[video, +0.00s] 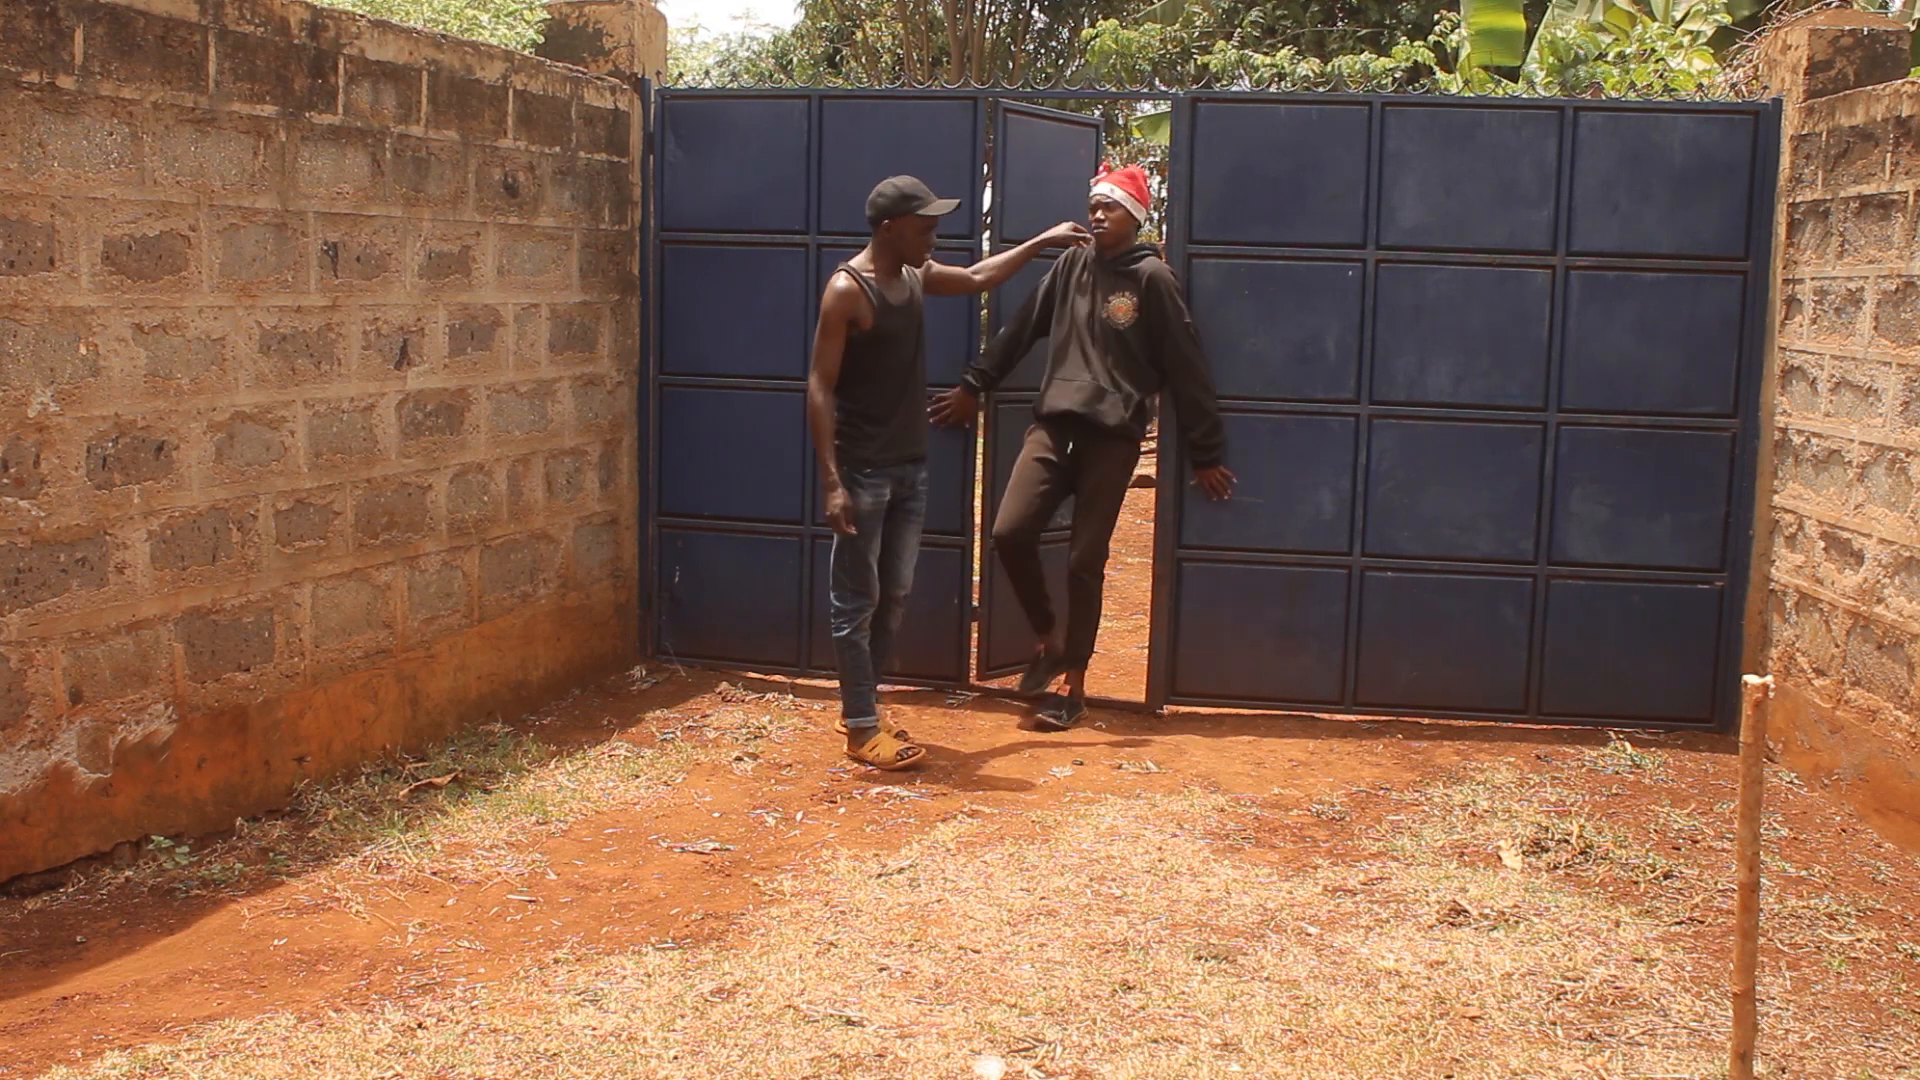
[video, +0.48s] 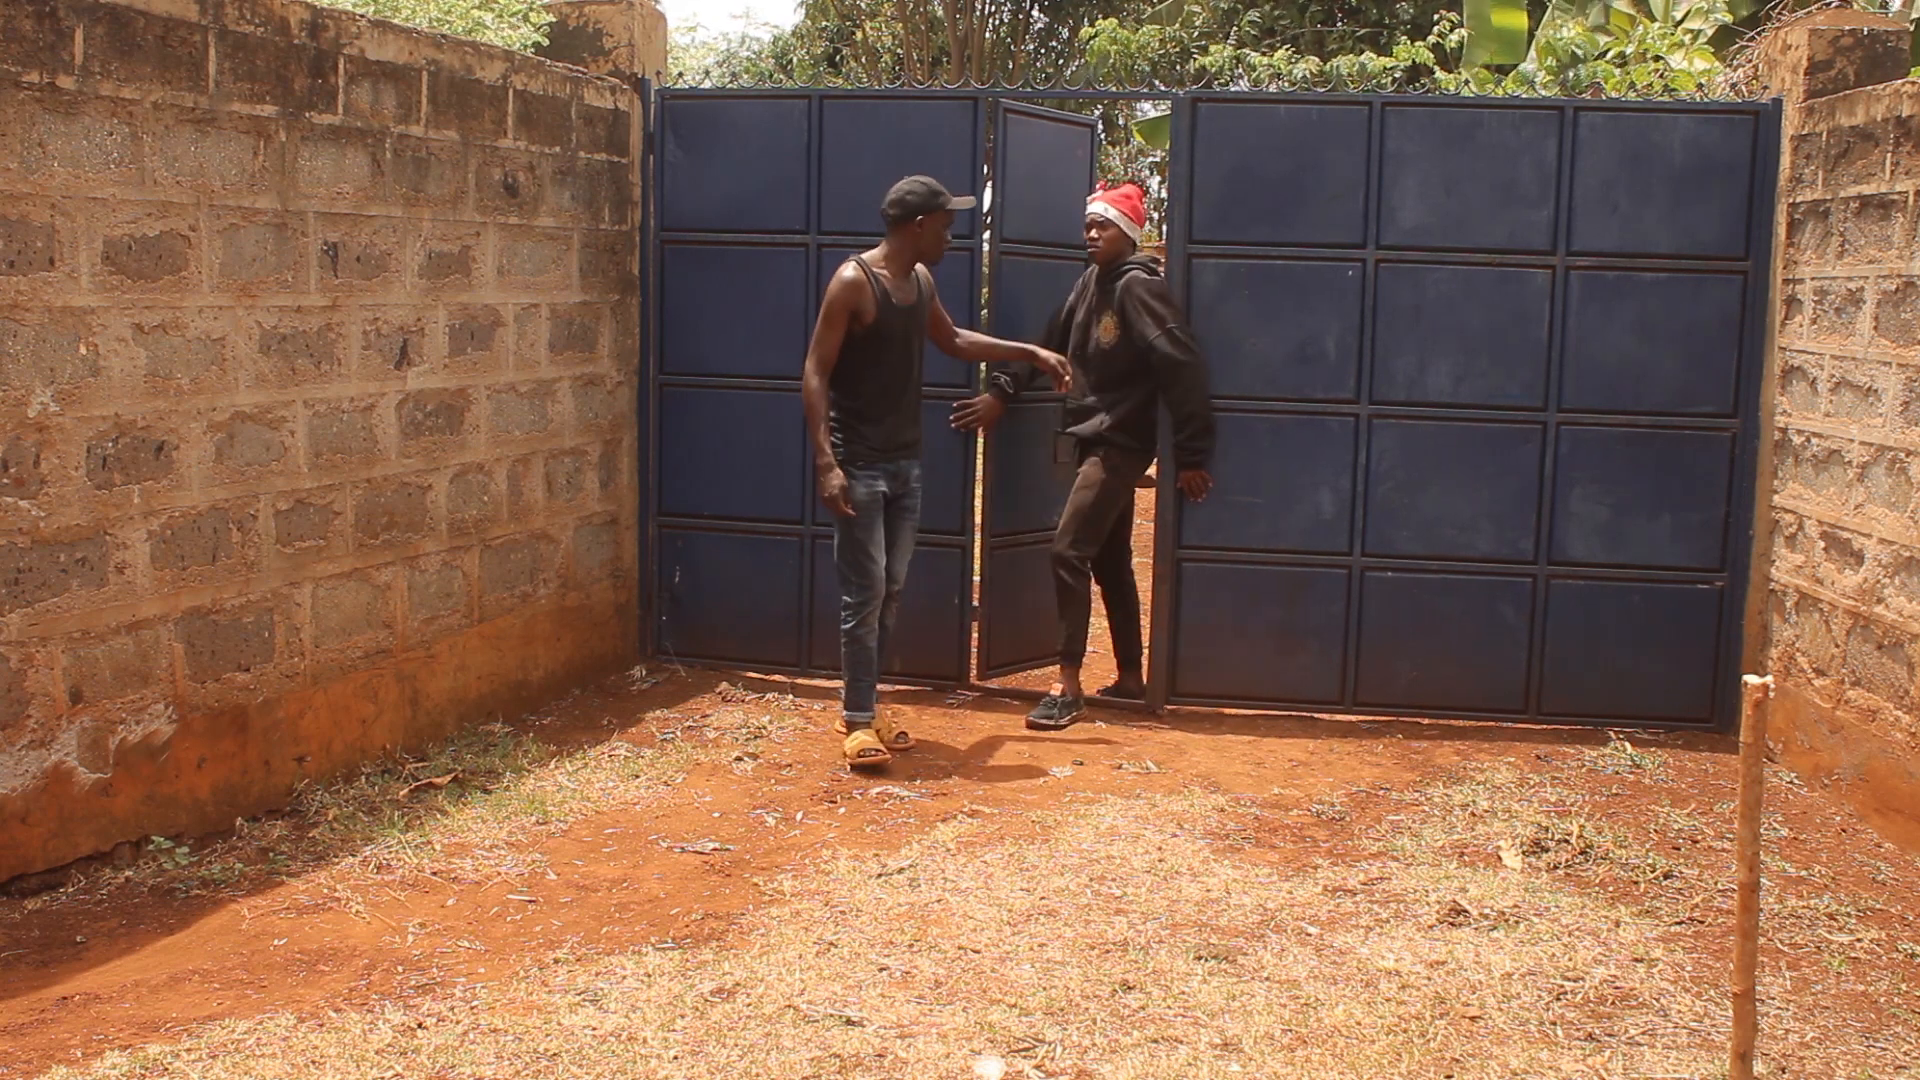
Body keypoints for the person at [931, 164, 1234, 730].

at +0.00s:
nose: (1097, 217)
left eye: (1111, 209)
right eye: (1095, 206)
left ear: (1138, 218)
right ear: (1088, 211)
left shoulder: (1151, 277)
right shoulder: (1070, 263)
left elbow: (1187, 368)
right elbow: (1021, 329)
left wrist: (1205, 454)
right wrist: (973, 385)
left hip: (1112, 433)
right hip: (1053, 424)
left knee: (1085, 559)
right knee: (1009, 534)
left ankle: (1073, 690)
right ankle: (1050, 641)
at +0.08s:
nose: (1101, 217)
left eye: (1113, 211)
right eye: (1098, 208)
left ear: (1139, 221)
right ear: (1092, 214)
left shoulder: (1150, 279)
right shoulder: (1073, 267)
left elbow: (1190, 367)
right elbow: (1022, 331)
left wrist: (1205, 452)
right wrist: (976, 387)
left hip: (1116, 434)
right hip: (1059, 424)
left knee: (1087, 557)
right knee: (1008, 525)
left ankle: (1072, 692)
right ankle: (1065, 605)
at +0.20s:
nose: (1101, 219)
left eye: (1113, 212)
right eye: (1098, 210)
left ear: (1139, 223)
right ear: (1093, 217)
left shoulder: (1148, 281)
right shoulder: (1079, 269)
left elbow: (1189, 367)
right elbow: (1032, 334)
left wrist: (1199, 451)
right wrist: (986, 388)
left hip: (1120, 435)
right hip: (1068, 429)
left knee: (1086, 555)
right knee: (1025, 541)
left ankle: (1071, 692)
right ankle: (1096, 616)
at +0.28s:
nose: (1098, 221)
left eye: (1111, 215)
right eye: (1096, 212)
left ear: (1138, 226)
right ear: (1092, 219)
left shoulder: (1145, 281)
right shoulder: (1084, 268)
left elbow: (1186, 364)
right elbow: (1040, 332)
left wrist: (1195, 452)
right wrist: (990, 386)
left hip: (1121, 438)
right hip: (1073, 432)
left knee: (1080, 557)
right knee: (1051, 556)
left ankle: (1070, 693)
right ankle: (1109, 657)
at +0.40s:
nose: (1094, 231)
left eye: (1107, 224)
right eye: (1091, 223)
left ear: (1133, 233)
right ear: (1088, 229)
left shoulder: (1139, 285)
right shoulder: (1087, 278)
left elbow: (1184, 367)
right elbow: (1047, 339)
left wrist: (1191, 456)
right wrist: (996, 391)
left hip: (1118, 445)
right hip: (1082, 442)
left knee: (1069, 556)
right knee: (1101, 565)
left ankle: (1069, 691)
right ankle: (1128, 676)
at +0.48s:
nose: (1093, 232)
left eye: (1104, 225)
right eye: (1089, 223)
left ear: (1131, 233)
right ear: (1087, 229)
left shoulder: (1136, 284)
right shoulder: (1089, 282)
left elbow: (1182, 364)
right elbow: (1050, 345)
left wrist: (1191, 455)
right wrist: (1001, 391)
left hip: (1120, 444)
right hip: (1095, 442)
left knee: (1069, 555)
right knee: (1112, 565)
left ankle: (1069, 689)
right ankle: (1131, 678)